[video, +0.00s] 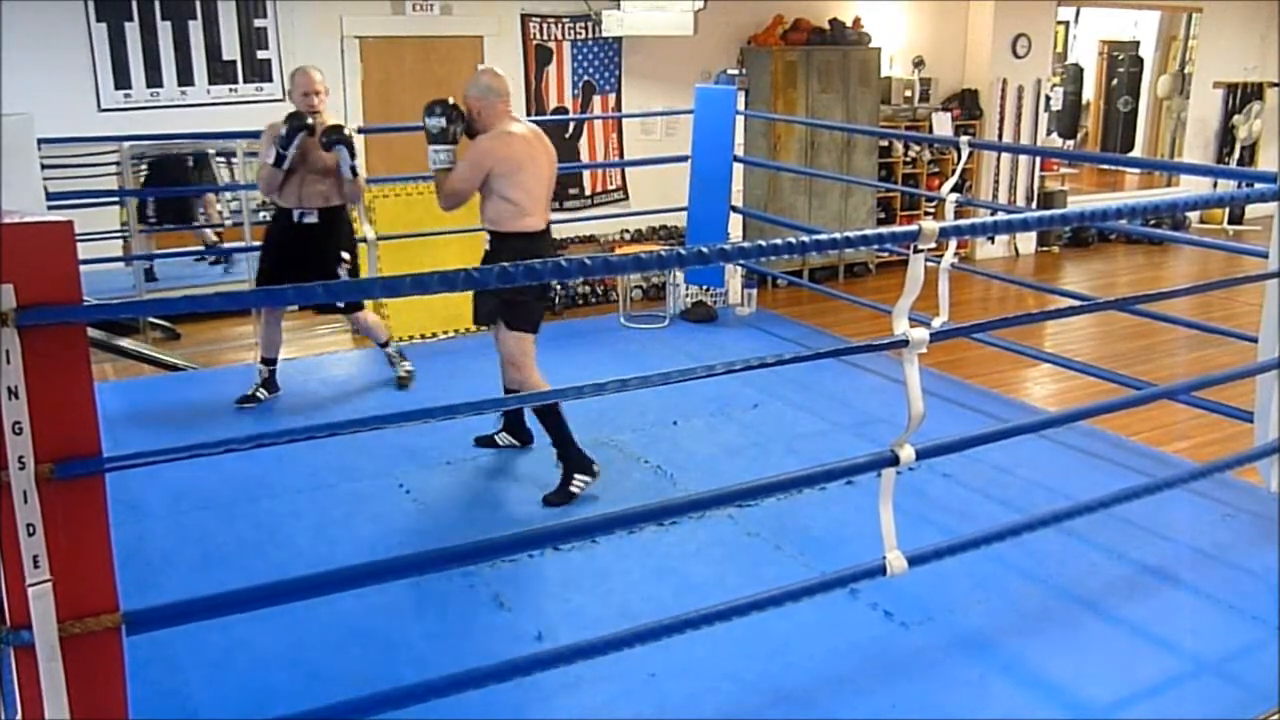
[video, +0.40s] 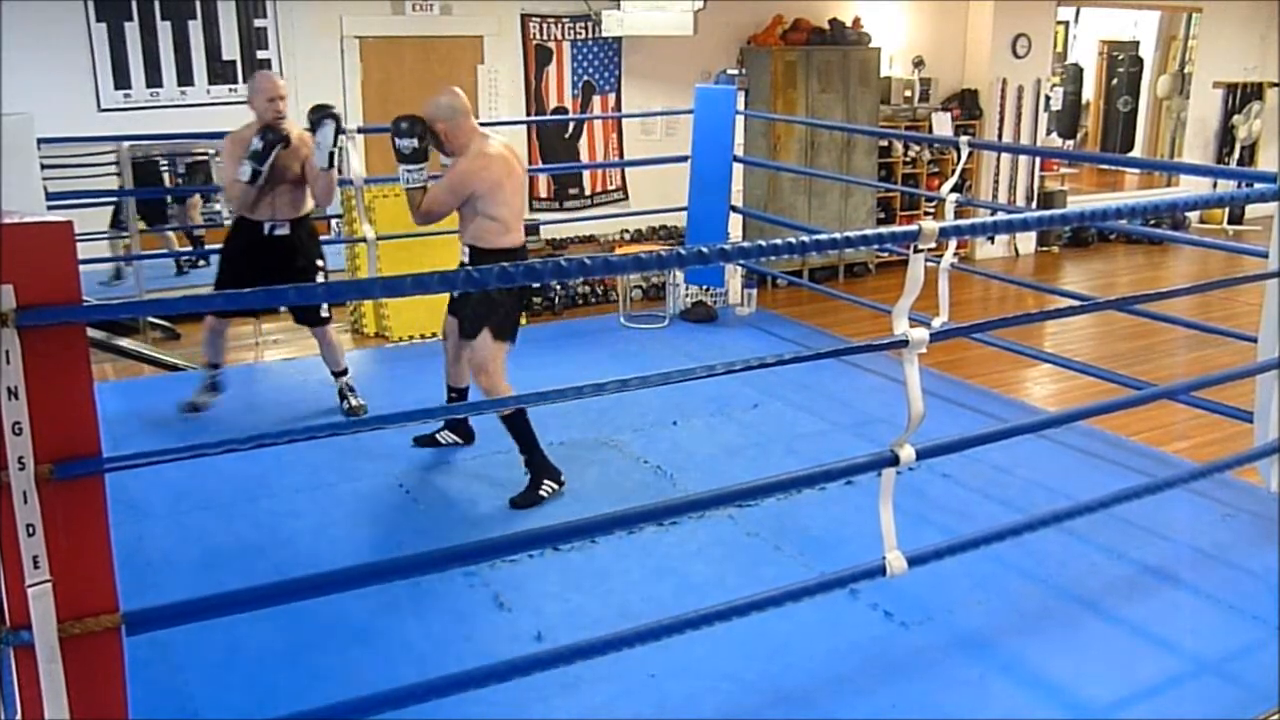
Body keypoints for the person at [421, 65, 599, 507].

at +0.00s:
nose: (466, 115)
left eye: (468, 107)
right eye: (466, 107)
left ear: (488, 105)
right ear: (505, 102)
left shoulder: (491, 144)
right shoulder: (538, 137)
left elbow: (448, 197)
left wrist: (443, 149)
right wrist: (472, 145)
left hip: (512, 252)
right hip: (539, 247)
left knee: (520, 368)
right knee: (507, 341)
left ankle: (576, 462)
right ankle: (515, 426)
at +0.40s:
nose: (436, 140)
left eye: (436, 132)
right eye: (433, 133)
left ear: (449, 128)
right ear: (468, 119)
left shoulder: (472, 165)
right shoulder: (501, 148)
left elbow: (423, 213)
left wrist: (409, 168)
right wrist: (443, 152)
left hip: (495, 270)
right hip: (488, 264)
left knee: (486, 372)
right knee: (453, 338)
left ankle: (543, 470)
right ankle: (457, 423)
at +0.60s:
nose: (423, 120)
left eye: (425, 113)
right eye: (422, 113)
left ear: (445, 113)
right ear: (456, 108)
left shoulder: (478, 150)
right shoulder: (465, 144)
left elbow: (437, 210)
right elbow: (440, 203)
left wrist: (421, 164)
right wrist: (427, 158)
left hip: (497, 254)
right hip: (471, 250)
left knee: (501, 362)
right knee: (463, 343)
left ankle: (551, 451)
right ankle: (458, 422)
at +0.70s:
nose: (426, 125)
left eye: (429, 117)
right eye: (425, 118)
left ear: (450, 117)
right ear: (455, 115)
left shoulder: (485, 153)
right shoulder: (463, 149)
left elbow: (443, 214)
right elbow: (443, 208)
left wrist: (424, 165)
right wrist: (427, 163)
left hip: (502, 258)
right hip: (472, 254)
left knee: (509, 365)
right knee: (463, 344)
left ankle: (549, 454)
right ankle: (459, 423)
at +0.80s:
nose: (429, 121)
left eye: (432, 114)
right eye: (429, 114)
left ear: (454, 113)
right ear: (459, 112)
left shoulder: (486, 150)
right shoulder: (463, 146)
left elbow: (440, 209)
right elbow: (438, 204)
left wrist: (424, 160)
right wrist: (426, 159)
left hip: (506, 257)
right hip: (476, 254)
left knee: (519, 359)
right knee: (468, 344)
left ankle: (554, 454)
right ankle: (459, 421)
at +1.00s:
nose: (426, 121)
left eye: (431, 113)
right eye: (425, 113)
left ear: (454, 113)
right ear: (458, 113)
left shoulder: (480, 154)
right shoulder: (464, 147)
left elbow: (428, 209)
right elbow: (432, 200)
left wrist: (418, 159)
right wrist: (422, 157)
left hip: (496, 262)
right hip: (465, 258)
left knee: (513, 363)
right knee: (421, 332)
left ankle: (554, 454)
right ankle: (443, 414)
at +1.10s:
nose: (410, 128)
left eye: (415, 120)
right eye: (409, 121)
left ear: (440, 118)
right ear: (443, 118)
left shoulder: (464, 157)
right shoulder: (447, 150)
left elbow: (417, 218)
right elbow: (423, 212)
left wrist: (401, 168)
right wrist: (412, 165)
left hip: (485, 265)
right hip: (449, 261)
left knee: (505, 362)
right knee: (402, 331)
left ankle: (552, 454)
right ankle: (393, 419)